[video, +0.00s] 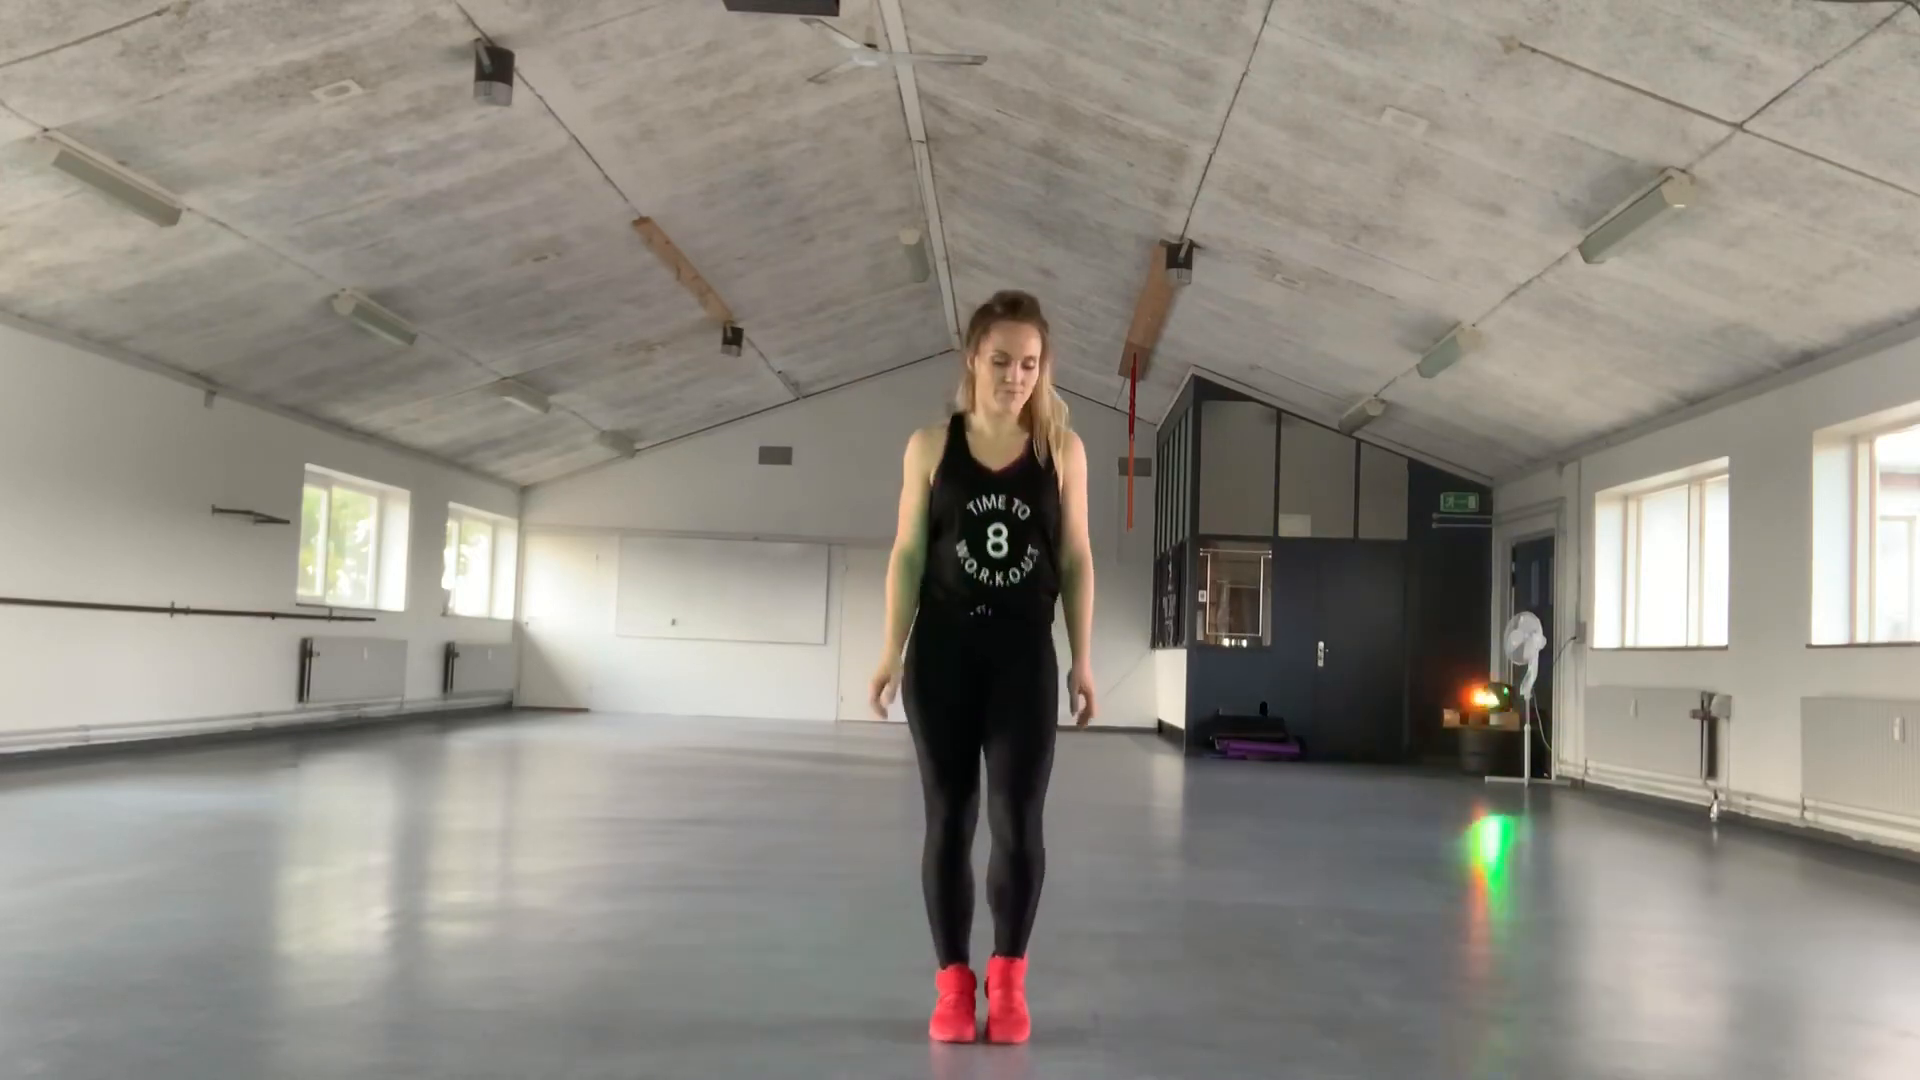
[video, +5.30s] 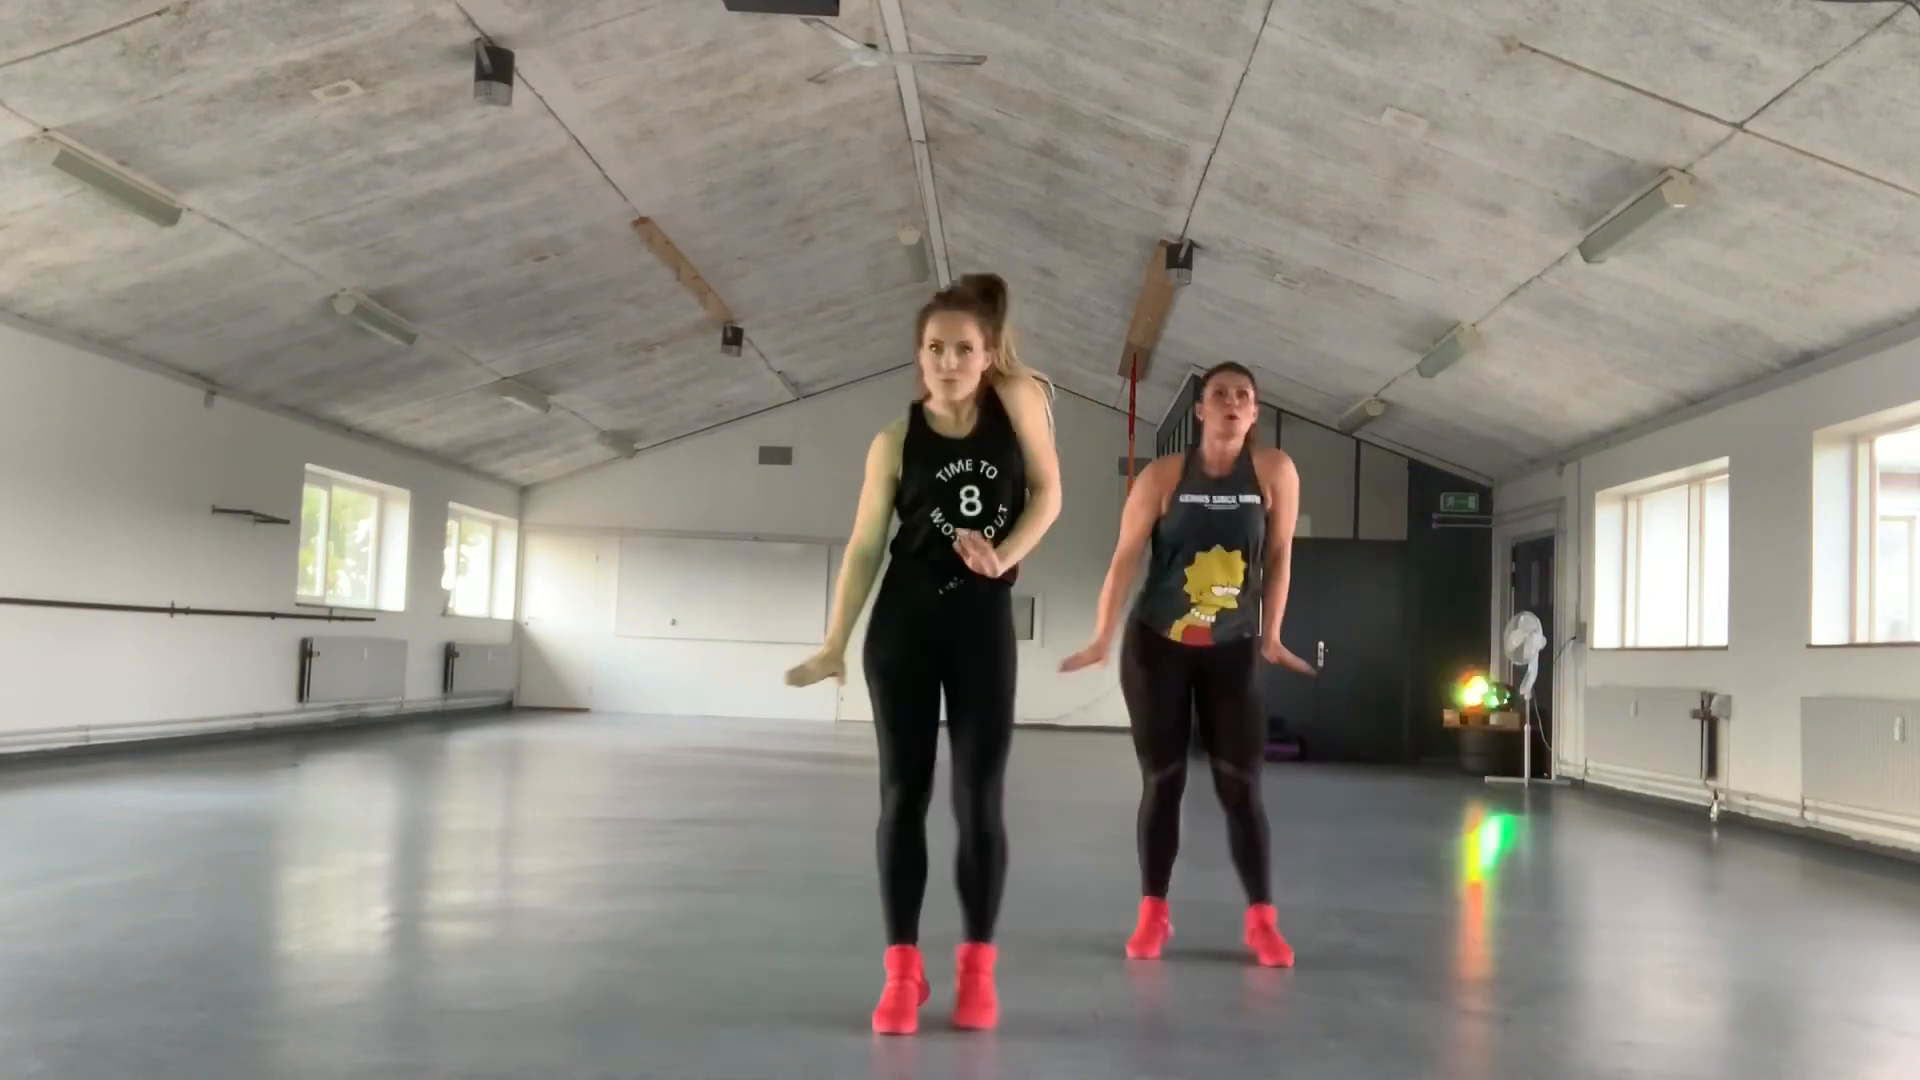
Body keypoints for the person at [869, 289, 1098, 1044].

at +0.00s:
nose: (1015, 374)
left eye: (1029, 361)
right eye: (1001, 357)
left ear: (1043, 369)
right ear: (972, 358)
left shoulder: (1062, 450)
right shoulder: (930, 444)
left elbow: (1077, 559)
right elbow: (908, 553)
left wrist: (1082, 659)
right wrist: (891, 650)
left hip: (1025, 656)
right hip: (941, 653)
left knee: (1017, 822)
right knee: (949, 821)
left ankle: (1007, 975)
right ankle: (953, 979)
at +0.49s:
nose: (1000, 374)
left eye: (1015, 360)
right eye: (988, 358)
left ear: (1035, 364)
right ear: (965, 357)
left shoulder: (1060, 437)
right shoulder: (930, 439)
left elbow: (1092, 550)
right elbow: (891, 546)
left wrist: (1146, 619)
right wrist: (814, 602)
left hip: (1028, 648)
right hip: (946, 646)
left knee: (1017, 813)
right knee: (954, 811)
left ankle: (1013, 985)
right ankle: (958, 974)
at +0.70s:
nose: (998, 386)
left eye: (1014, 371)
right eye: (987, 370)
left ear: (1048, 369)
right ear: (973, 367)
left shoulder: (1075, 450)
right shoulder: (950, 435)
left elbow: (1119, 553)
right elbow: (877, 510)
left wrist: (1177, 515)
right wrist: (784, 508)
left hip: (1048, 653)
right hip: (965, 650)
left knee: (1034, 819)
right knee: (955, 811)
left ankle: (1019, 975)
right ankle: (954, 966)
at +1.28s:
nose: (1020, 376)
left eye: (1035, 365)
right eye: (1008, 364)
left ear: (1060, 378)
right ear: (991, 375)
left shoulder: (1082, 469)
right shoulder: (958, 451)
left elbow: (1097, 589)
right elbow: (901, 534)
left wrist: (1131, 570)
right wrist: (831, 540)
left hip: (1049, 670)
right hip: (968, 668)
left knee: (1034, 830)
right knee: (964, 828)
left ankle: (1015, 977)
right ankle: (956, 970)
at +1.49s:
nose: (1021, 336)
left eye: (1034, 326)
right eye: (1008, 324)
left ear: (1051, 342)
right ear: (983, 338)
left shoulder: (1079, 428)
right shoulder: (948, 429)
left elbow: (1086, 542)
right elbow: (922, 536)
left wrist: (1081, 640)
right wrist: (895, 626)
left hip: (1037, 633)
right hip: (953, 630)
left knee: (1023, 806)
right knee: (958, 800)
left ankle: (1012, 970)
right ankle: (956, 970)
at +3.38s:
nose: (1024, 355)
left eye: (1039, 344)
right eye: (1012, 343)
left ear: (1062, 358)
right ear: (993, 356)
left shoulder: (1090, 442)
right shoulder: (963, 427)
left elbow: (1103, 544)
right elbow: (924, 519)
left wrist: (1093, 612)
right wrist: (916, 598)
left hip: (1045, 643)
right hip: (965, 638)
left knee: (1026, 810)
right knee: (975, 794)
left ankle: (1008, 971)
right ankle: (960, 954)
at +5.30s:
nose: (947, 361)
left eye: (962, 347)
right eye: (935, 346)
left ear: (988, 356)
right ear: (918, 353)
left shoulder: (1015, 414)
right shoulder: (893, 445)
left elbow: (1048, 496)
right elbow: (863, 548)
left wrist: (1004, 555)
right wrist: (834, 643)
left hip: (982, 629)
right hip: (902, 628)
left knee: (978, 801)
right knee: (903, 797)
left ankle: (977, 962)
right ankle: (903, 965)